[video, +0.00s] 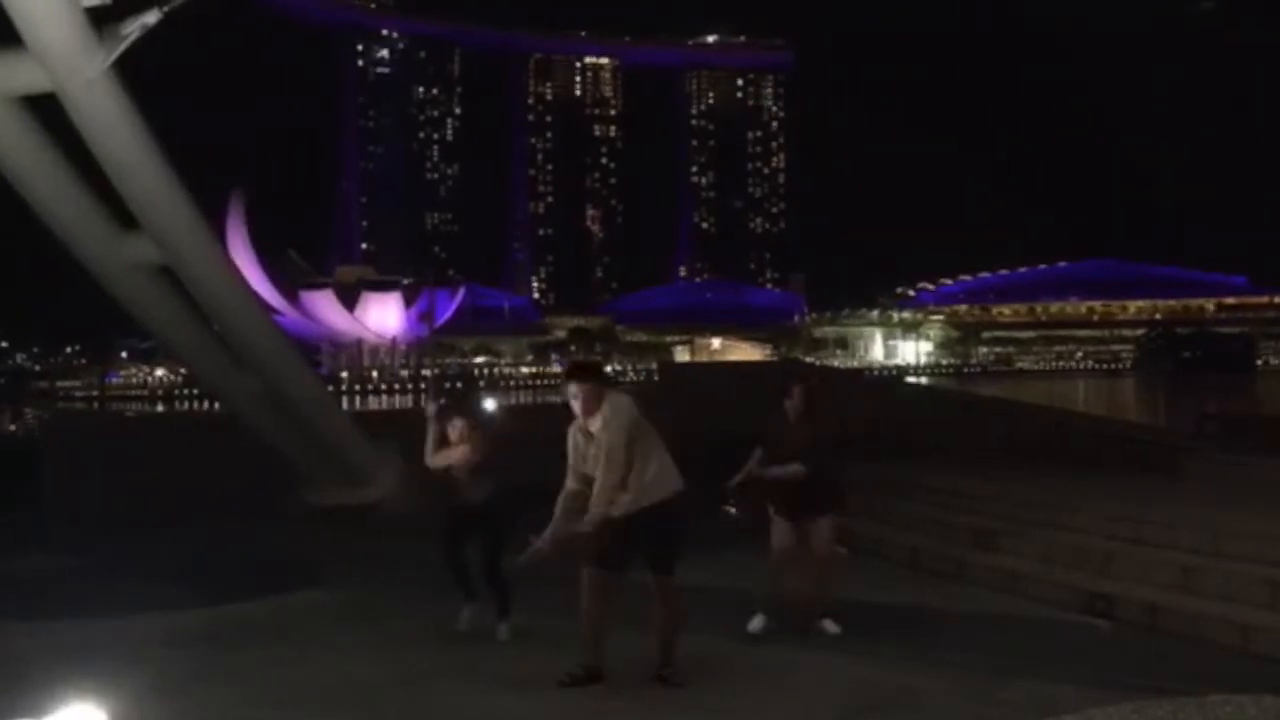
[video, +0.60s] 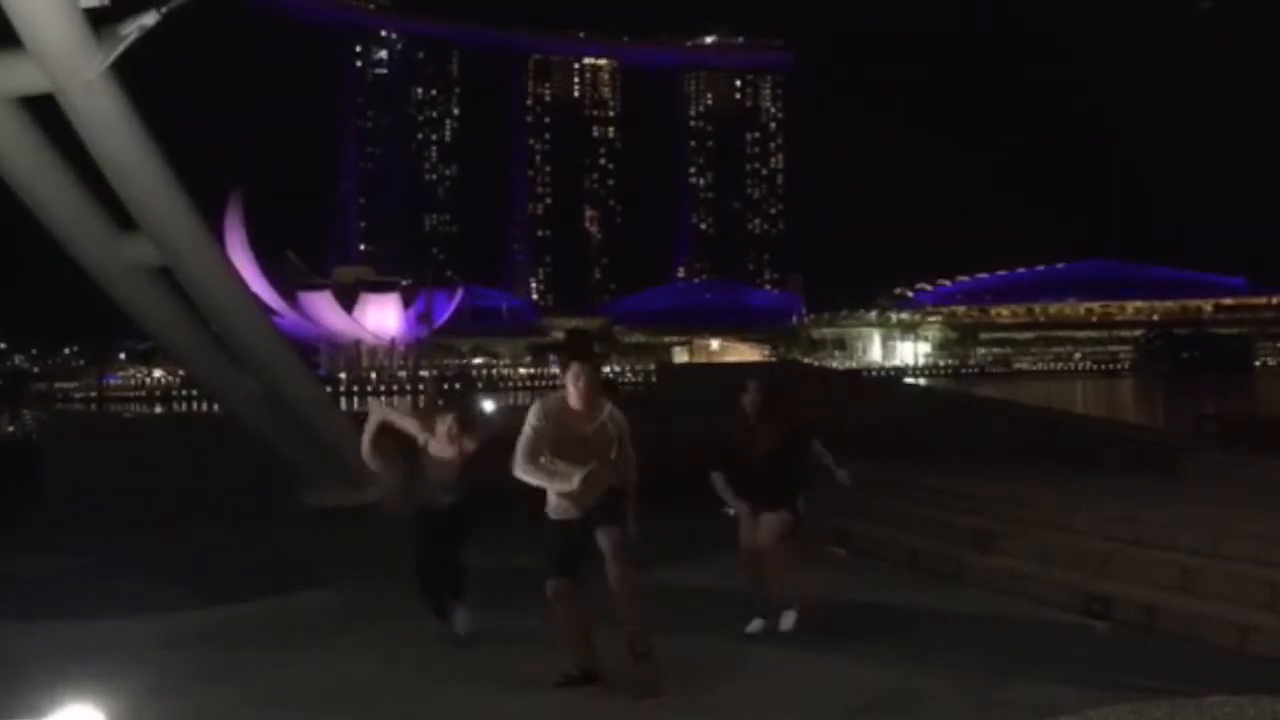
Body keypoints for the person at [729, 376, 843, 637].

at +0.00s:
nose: (797, 405)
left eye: (802, 399)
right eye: (794, 398)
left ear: (810, 401)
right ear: (786, 399)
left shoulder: (817, 429)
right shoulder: (777, 426)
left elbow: (805, 470)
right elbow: (759, 456)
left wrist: (761, 474)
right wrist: (738, 480)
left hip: (817, 501)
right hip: (782, 501)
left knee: (822, 557)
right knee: (779, 555)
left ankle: (822, 612)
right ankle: (767, 610)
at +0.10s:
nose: (784, 402)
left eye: (790, 397)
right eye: (783, 396)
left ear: (803, 400)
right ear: (780, 398)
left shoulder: (810, 430)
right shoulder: (773, 428)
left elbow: (797, 472)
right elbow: (753, 452)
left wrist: (778, 503)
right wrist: (733, 473)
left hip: (810, 498)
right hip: (774, 497)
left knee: (811, 556)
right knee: (771, 555)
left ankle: (820, 613)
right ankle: (767, 613)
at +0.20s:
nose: (774, 404)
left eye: (781, 398)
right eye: (775, 397)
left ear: (796, 402)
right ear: (774, 400)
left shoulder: (803, 433)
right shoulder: (764, 429)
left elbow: (816, 479)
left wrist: (827, 519)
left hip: (791, 493)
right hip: (760, 491)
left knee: (785, 547)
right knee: (760, 552)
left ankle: (834, 569)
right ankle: (767, 611)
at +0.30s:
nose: (765, 409)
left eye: (772, 404)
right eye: (766, 403)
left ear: (786, 408)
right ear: (767, 406)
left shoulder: (798, 436)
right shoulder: (756, 433)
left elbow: (829, 465)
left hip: (789, 501)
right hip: (757, 499)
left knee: (757, 538)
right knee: (749, 549)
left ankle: (818, 550)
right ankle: (764, 612)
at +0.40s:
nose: (761, 410)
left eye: (766, 404)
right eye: (758, 403)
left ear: (779, 407)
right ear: (752, 406)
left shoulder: (790, 434)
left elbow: (824, 455)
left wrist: (857, 475)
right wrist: (695, 432)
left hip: (784, 501)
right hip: (749, 502)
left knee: (756, 539)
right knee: (752, 559)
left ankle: (807, 582)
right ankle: (766, 613)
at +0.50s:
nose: (756, 404)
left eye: (761, 398)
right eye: (752, 398)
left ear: (772, 400)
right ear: (746, 400)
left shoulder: (786, 425)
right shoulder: (738, 427)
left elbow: (819, 448)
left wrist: (846, 471)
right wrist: (696, 484)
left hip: (781, 495)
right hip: (748, 494)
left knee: (770, 550)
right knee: (749, 553)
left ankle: (785, 616)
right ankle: (761, 614)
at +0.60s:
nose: (750, 401)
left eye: (756, 395)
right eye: (747, 394)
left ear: (767, 398)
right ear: (742, 398)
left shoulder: (784, 427)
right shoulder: (736, 431)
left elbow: (815, 449)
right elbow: (716, 473)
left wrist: (835, 472)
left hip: (783, 496)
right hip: (749, 499)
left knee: (767, 542)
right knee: (747, 550)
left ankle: (787, 606)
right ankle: (761, 611)